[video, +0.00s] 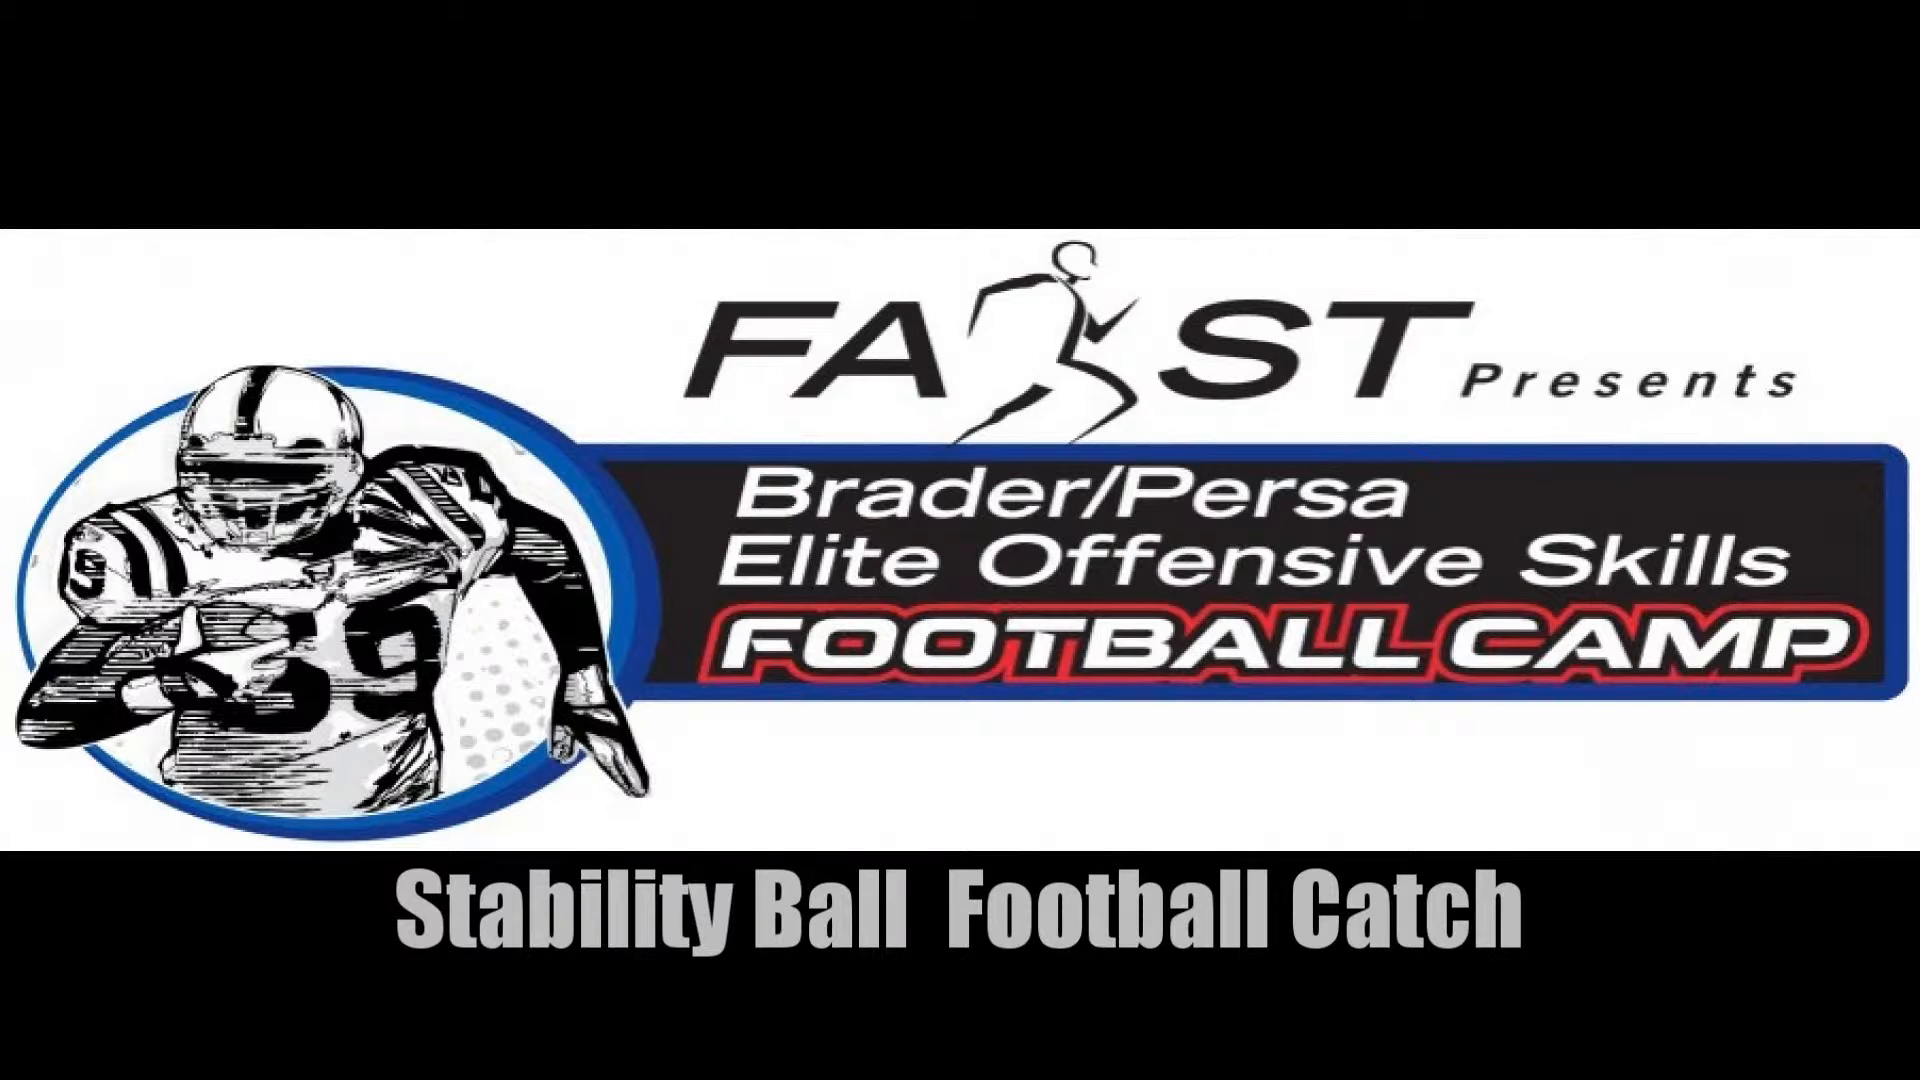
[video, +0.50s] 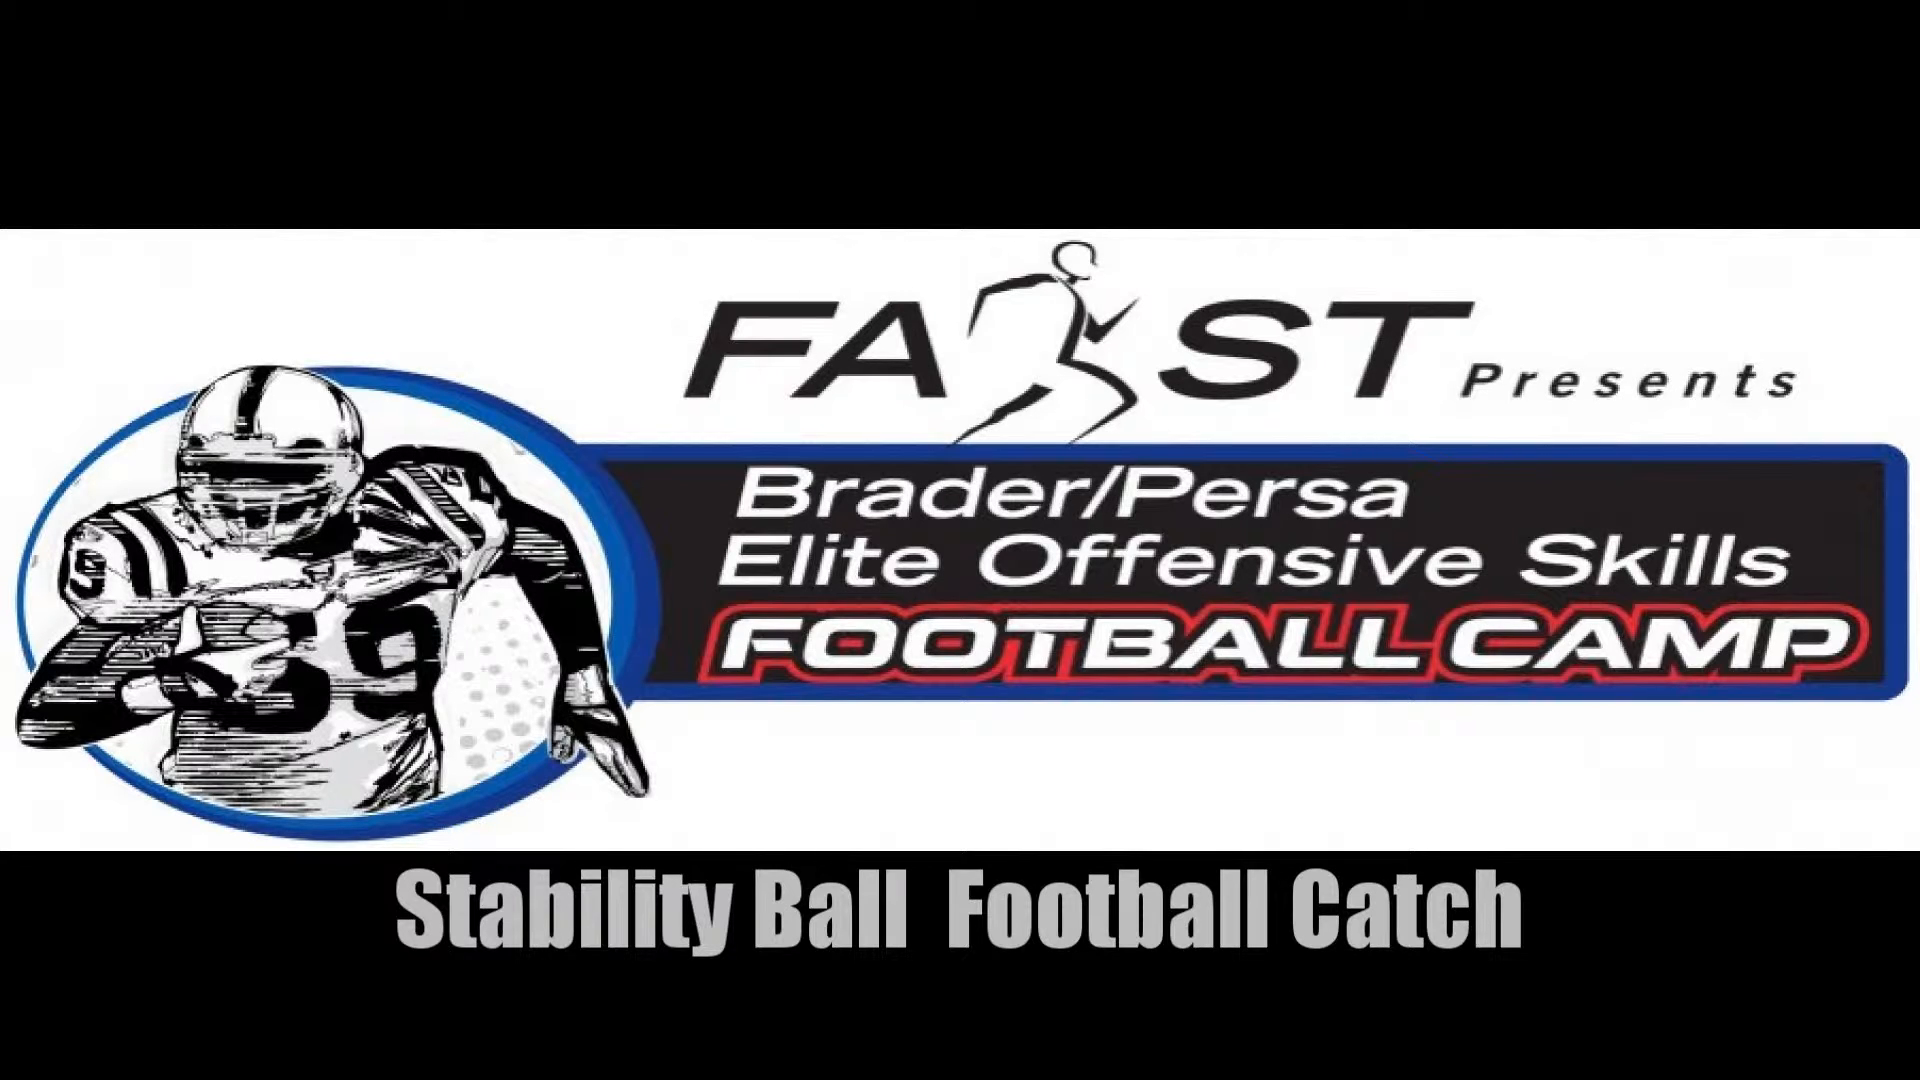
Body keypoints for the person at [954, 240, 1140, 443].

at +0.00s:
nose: (1088, 268)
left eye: (1089, 261)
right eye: (1082, 260)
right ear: (1069, 263)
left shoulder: (1077, 301)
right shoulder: (1045, 281)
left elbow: (1096, 335)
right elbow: (986, 292)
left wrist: (1127, 309)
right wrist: (970, 331)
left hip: (1053, 366)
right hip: (1059, 365)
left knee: (1002, 412)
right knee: (1128, 398)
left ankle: (956, 442)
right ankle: (1074, 441)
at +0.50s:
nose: (1088, 268)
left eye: (1089, 262)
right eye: (1082, 260)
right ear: (1069, 263)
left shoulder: (1077, 301)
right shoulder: (1045, 281)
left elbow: (1096, 335)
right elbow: (986, 292)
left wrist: (1127, 309)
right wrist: (970, 331)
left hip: (1053, 366)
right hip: (1059, 365)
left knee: (1002, 412)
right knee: (1128, 398)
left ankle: (956, 442)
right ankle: (1074, 441)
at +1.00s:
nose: (1088, 268)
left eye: (1089, 262)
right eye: (1082, 260)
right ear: (1069, 263)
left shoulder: (1077, 301)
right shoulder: (1045, 281)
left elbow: (1096, 335)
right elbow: (986, 292)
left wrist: (1127, 309)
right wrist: (970, 331)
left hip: (1053, 366)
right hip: (1059, 365)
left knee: (1002, 412)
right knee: (1128, 398)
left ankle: (956, 442)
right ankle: (1074, 441)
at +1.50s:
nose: (1088, 268)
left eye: (1089, 262)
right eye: (1082, 260)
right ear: (1069, 263)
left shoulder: (1077, 301)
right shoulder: (1045, 281)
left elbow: (1096, 335)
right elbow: (986, 292)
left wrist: (1127, 309)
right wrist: (970, 331)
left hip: (1053, 366)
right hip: (1059, 365)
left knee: (1002, 412)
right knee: (1128, 398)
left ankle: (956, 442)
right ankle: (1074, 441)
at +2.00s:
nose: (1090, 267)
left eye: (1090, 261)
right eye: (1085, 260)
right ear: (1071, 262)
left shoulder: (1078, 299)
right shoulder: (1045, 280)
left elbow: (1096, 333)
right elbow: (986, 291)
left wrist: (1128, 307)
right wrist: (970, 330)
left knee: (1000, 412)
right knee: (1128, 397)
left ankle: (953, 443)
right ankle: (1072, 441)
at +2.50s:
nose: (1090, 266)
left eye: (1090, 260)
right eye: (1084, 258)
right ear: (1069, 261)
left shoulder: (1077, 298)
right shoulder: (1044, 280)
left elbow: (1096, 333)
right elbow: (985, 290)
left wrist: (1127, 309)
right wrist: (970, 331)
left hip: (1053, 365)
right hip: (1057, 363)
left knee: (1002, 411)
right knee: (1128, 397)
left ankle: (955, 442)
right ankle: (1073, 441)